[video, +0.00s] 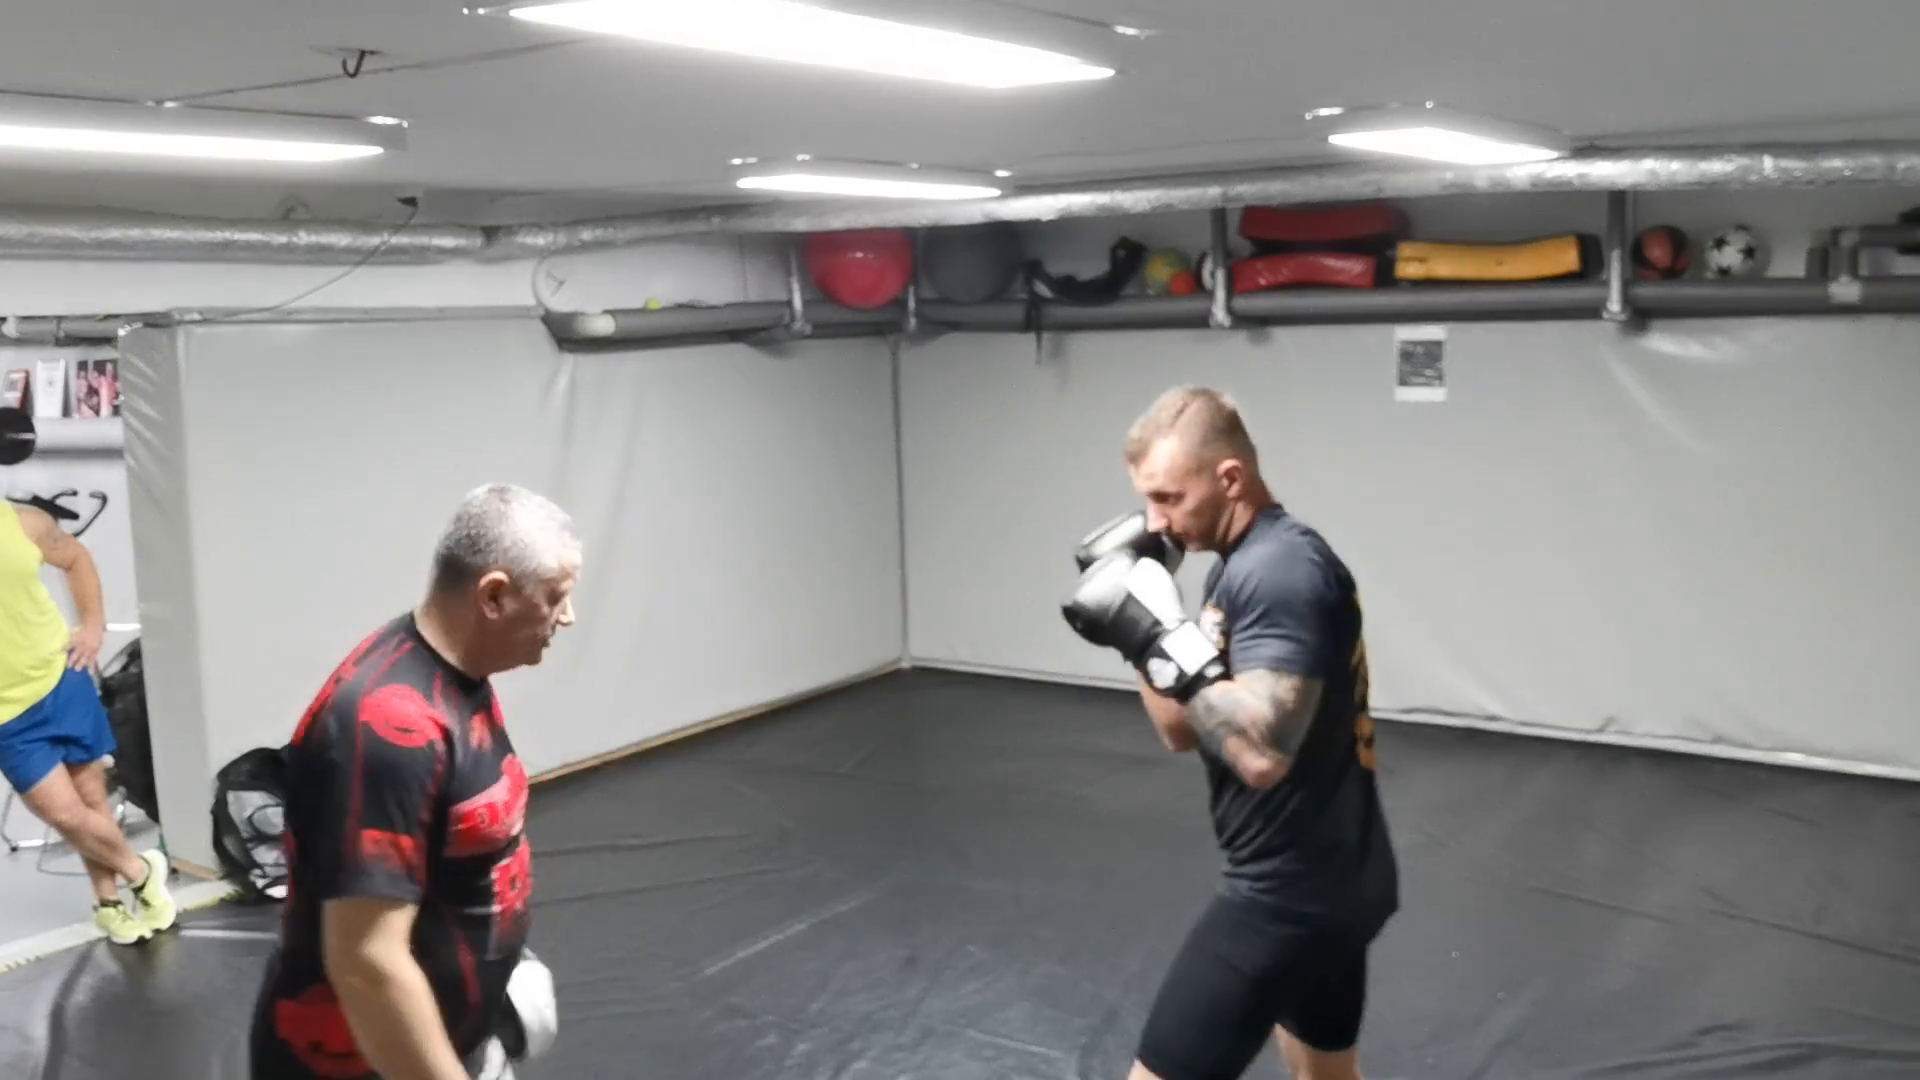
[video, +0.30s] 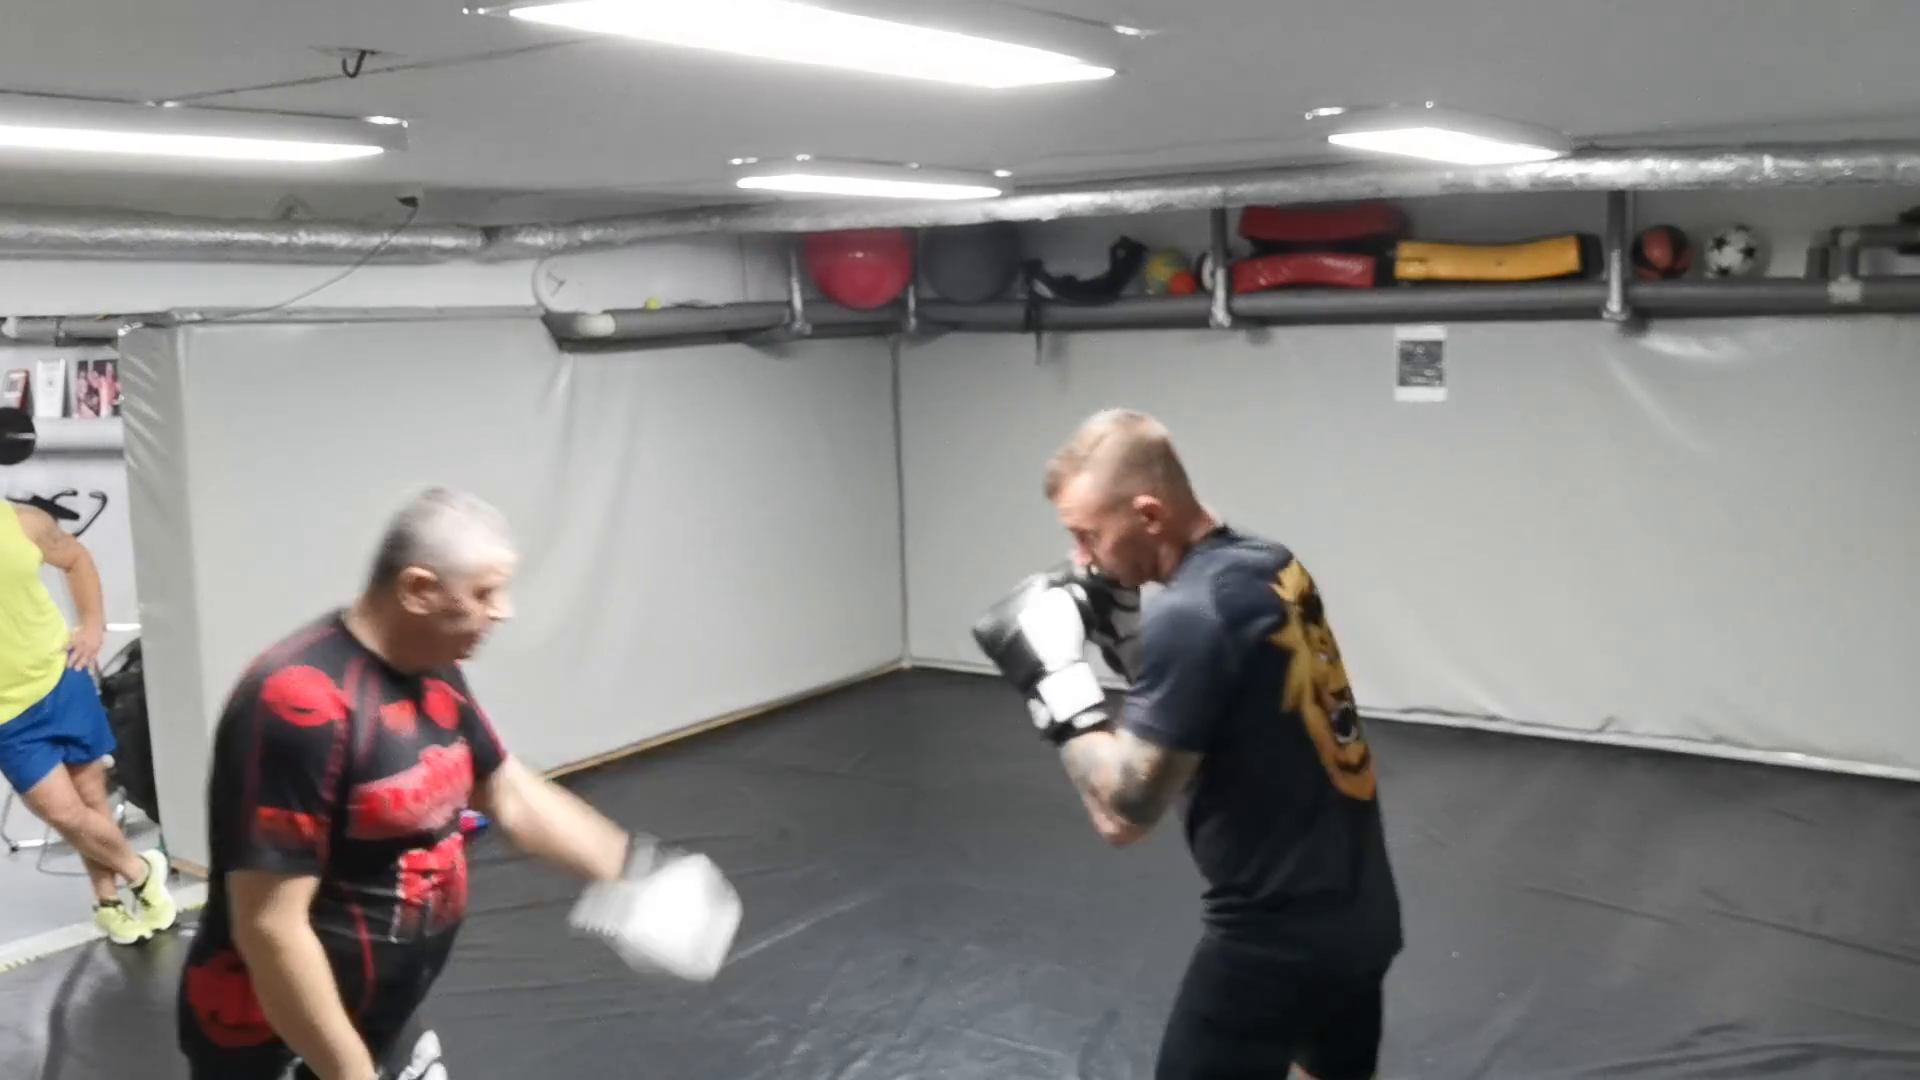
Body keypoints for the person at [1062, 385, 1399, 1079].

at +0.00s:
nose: (1157, 518)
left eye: (1168, 498)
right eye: (1149, 500)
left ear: (1230, 478)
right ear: (1228, 484)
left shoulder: (1283, 569)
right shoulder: (1242, 564)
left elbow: (1263, 753)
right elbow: (1179, 728)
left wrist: (1164, 630)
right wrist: (1143, 622)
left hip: (1290, 889)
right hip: (1321, 875)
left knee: (1158, 1072)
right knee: (1322, 1061)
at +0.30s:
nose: (1080, 562)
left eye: (1087, 538)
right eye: (1075, 541)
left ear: (1148, 516)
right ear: (1157, 516)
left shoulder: (1191, 614)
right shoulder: (1271, 564)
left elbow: (1124, 807)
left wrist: (1061, 677)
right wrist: (1131, 650)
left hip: (1271, 930)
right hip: (1358, 909)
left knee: (1195, 1070)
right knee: (1334, 1068)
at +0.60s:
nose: (1070, 593)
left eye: (1079, 567)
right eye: (1063, 570)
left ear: (1143, 551)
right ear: (1151, 551)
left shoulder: (1172, 661)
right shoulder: (1260, 622)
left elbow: (1127, 876)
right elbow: (1098, 753)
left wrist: (1043, 759)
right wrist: (1097, 630)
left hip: (1225, 1009)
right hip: (1317, 986)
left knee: (1044, 1071)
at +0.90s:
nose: (868, 618)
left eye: (872, 599)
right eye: (863, 599)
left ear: (929, 585)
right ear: (980, 573)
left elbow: (679, 710)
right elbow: (1092, 837)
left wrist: (558, 654)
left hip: (983, 1040)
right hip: (1118, 1033)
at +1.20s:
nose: (940, 595)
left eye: (946, 568)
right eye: (934, 571)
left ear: (1008, 549)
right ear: (1015, 549)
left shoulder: (1024, 652)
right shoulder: (1139, 632)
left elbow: (955, 863)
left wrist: (889, 717)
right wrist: (972, 657)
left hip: (1041, 988)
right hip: (1143, 969)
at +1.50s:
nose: (923, 590)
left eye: (933, 564)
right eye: (919, 567)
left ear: (997, 543)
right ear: (1005, 542)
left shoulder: (1011, 666)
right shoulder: (1130, 630)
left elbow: (950, 900)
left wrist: (873, 759)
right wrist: (977, 655)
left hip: (1060, 1045)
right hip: (1173, 1034)